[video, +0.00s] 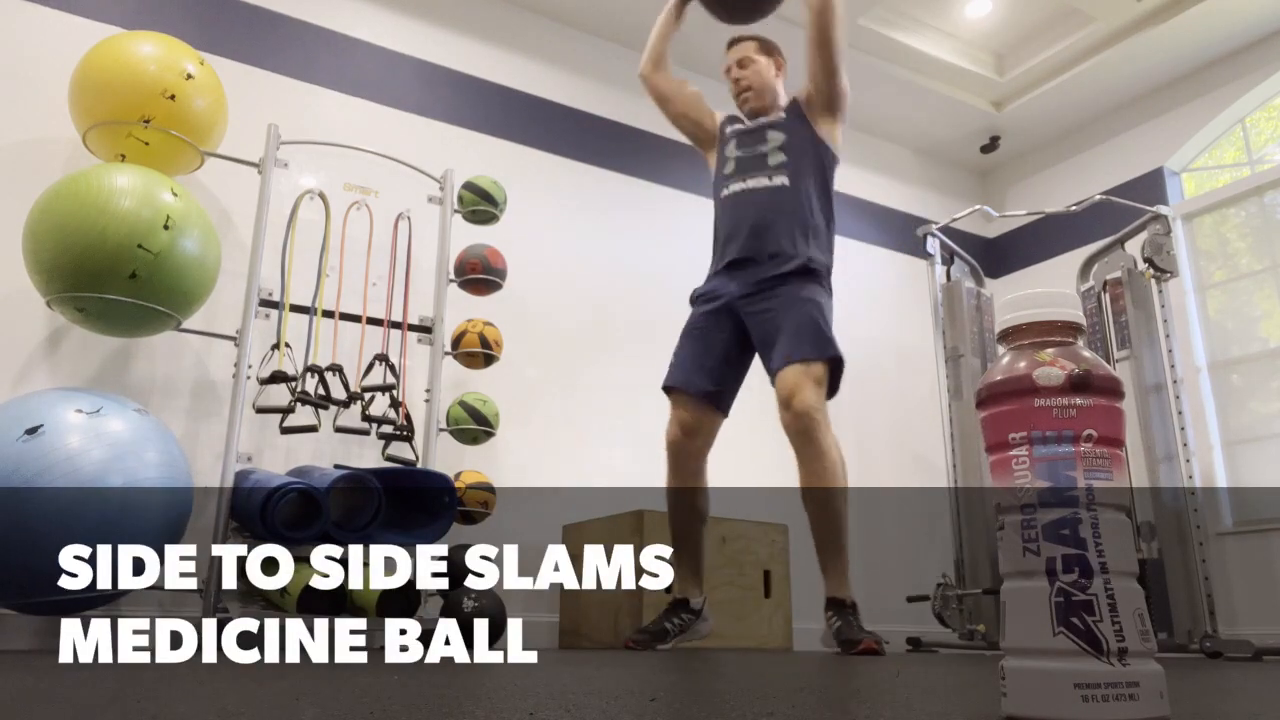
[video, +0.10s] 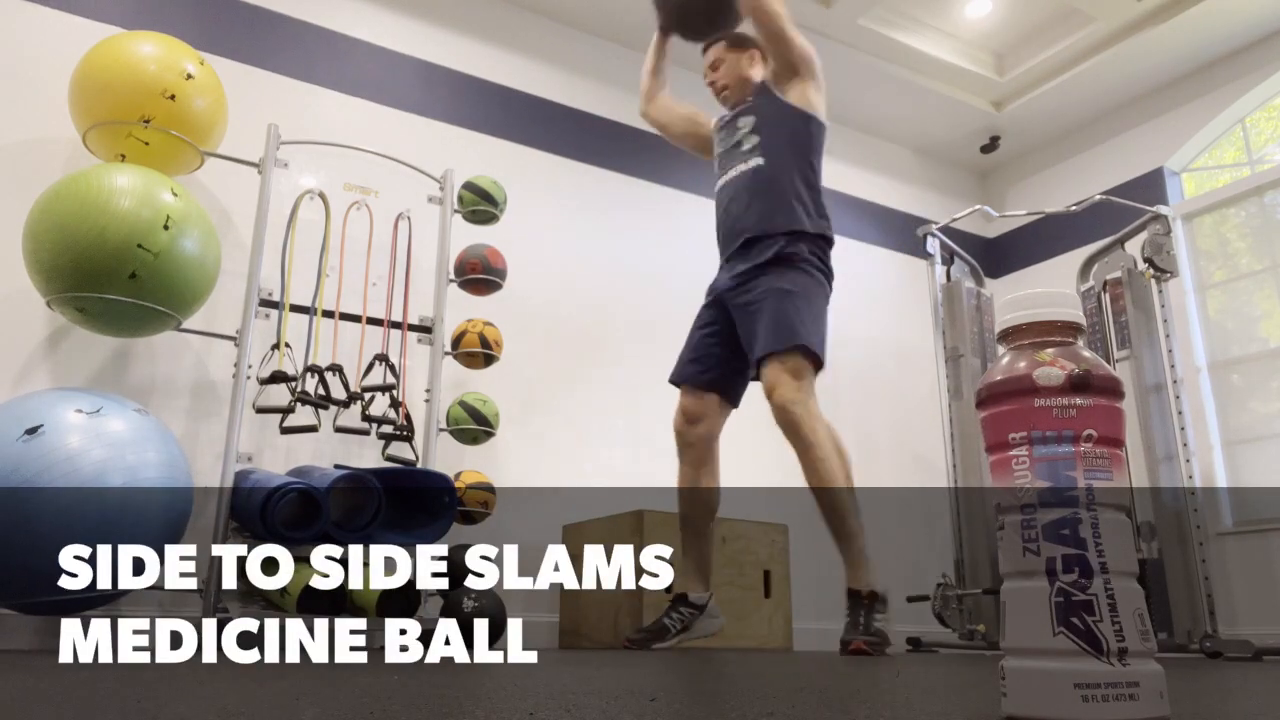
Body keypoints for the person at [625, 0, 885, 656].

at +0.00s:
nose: (737, 72)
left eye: (750, 62)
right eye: (731, 68)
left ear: (782, 72)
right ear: (728, 84)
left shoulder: (815, 116)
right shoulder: (720, 135)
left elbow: (826, 33)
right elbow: (654, 72)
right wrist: (679, 2)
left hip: (794, 284)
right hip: (723, 292)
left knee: (802, 407)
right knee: (683, 433)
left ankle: (840, 603)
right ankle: (687, 599)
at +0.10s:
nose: (712, 76)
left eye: (721, 63)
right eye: (708, 69)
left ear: (755, 56)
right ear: (713, 76)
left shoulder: (793, 81)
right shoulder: (719, 132)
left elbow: (760, 6)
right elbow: (653, 103)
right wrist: (662, 32)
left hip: (789, 259)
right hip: (731, 276)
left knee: (788, 394)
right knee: (693, 423)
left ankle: (863, 590)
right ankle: (693, 596)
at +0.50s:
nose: (635, 238)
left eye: (636, 226)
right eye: (633, 232)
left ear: (652, 205)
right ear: (657, 221)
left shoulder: (679, 203)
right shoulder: (703, 265)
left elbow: (602, 285)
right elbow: (672, 340)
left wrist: (551, 279)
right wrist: (627, 304)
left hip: (803, 322)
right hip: (778, 337)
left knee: (712, 448)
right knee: (687, 449)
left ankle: (860, 575)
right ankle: (715, 612)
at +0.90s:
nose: (606, 387)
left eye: (599, 375)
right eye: (599, 380)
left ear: (609, 347)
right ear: (618, 341)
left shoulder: (633, 346)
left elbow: (639, 462)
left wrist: (620, 555)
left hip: (805, 368)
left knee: (694, 491)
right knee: (677, 449)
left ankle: (848, 605)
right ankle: (713, 612)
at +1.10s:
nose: (599, 349)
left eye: (595, 335)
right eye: (594, 339)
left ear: (616, 315)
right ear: (620, 313)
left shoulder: (643, 318)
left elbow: (640, 439)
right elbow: (705, 441)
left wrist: (601, 508)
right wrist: (675, 527)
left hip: (812, 360)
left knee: (702, 486)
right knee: (680, 448)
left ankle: (852, 606)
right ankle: (715, 614)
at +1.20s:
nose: (603, 304)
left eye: (603, 289)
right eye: (600, 294)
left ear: (627, 271)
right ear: (634, 271)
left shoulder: (653, 284)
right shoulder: (704, 316)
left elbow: (642, 403)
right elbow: (721, 409)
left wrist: (595, 466)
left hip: (810, 357)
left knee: (703, 487)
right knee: (679, 446)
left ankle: (854, 609)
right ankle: (714, 614)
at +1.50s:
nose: (670, 159)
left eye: (680, 147)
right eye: (672, 150)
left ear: (715, 145)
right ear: (707, 149)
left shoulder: (731, 169)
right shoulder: (726, 243)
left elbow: (632, 222)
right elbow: (697, 328)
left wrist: (590, 216)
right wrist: (628, 299)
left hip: (790, 334)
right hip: (759, 344)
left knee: (709, 477)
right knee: (661, 452)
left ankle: (851, 608)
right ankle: (714, 612)